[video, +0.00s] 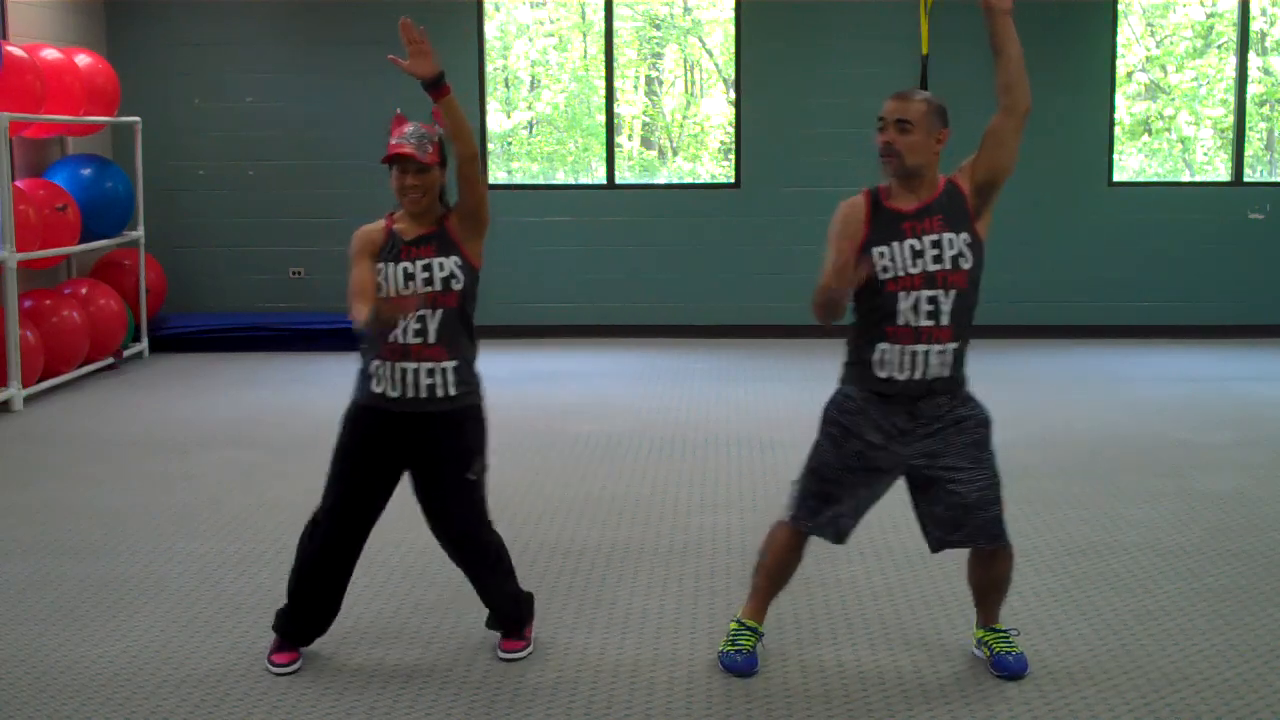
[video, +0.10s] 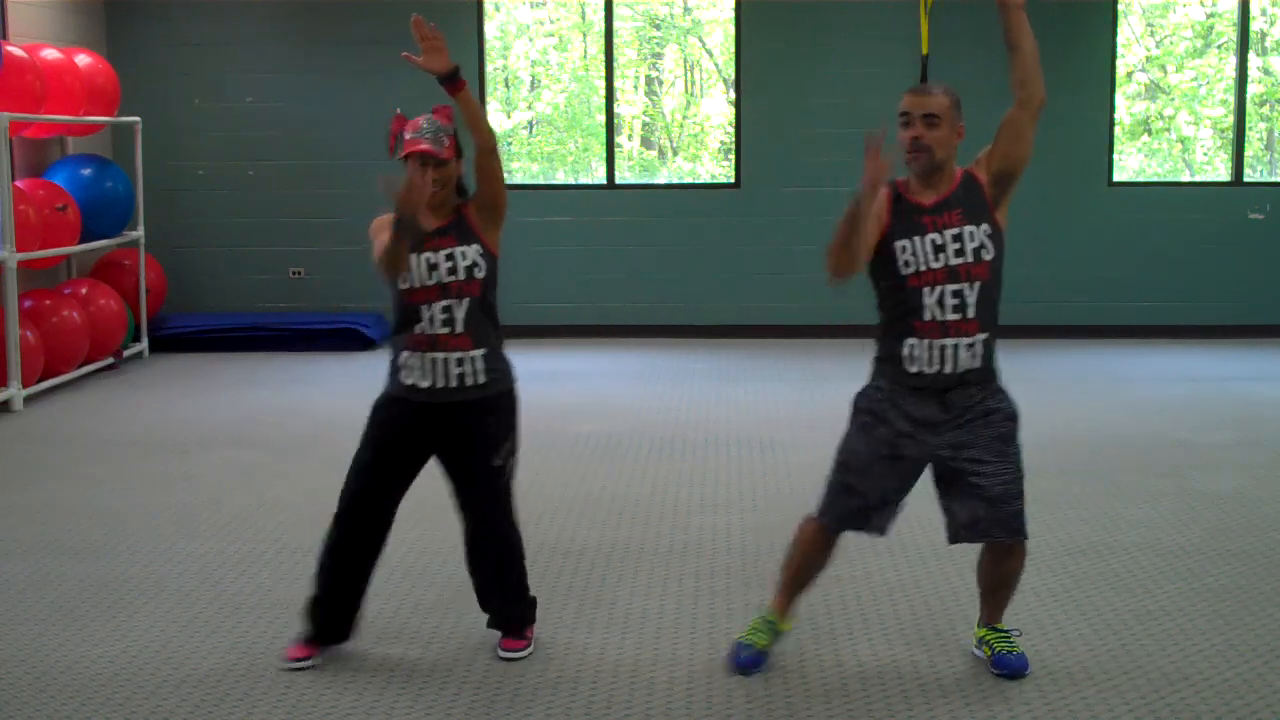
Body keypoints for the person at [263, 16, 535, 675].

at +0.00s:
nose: (408, 180)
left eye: (419, 169)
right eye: (399, 169)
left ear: (441, 174)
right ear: (389, 174)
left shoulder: (464, 230)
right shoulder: (370, 240)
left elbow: (470, 155)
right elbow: (362, 308)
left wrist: (437, 83)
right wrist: (376, 316)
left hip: (449, 411)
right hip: (379, 409)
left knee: (463, 526)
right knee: (336, 523)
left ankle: (514, 616)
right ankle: (293, 632)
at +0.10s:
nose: (427, 174)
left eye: (436, 163)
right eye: (418, 163)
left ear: (456, 170)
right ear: (403, 171)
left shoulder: (481, 220)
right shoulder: (387, 226)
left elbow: (487, 148)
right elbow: (389, 269)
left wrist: (452, 80)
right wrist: (407, 223)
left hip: (479, 399)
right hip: (407, 399)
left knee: (490, 518)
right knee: (360, 512)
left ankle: (515, 621)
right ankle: (323, 631)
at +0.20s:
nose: (450, 160)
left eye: (458, 150)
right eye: (440, 153)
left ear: (475, 159)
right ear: (422, 166)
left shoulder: (495, 209)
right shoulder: (410, 224)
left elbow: (503, 140)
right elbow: (410, 204)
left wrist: (469, 76)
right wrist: (418, 150)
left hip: (503, 388)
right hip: (432, 390)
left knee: (515, 509)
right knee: (383, 498)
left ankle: (515, 616)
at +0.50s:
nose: (478, 164)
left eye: (484, 154)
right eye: (467, 156)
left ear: (497, 161)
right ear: (449, 166)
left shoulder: (515, 211)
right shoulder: (435, 226)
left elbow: (535, 145)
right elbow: (421, 168)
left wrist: (505, 81)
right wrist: (449, 92)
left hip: (541, 385)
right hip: (478, 394)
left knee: (548, 508)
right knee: (485, 513)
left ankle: (535, 617)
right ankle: (479, 620)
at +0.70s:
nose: (502, 174)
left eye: (507, 163)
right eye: (491, 165)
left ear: (514, 166)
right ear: (464, 171)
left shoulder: (528, 215)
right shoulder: (445, 223)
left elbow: (585, 175)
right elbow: (433, 158)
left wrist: (597, 114)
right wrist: (476, 91)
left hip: (545, 390)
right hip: (476, 401)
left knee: (589, 488)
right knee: (478, 519)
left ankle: (564, 597)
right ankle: (475, 621)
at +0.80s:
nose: (512, 171)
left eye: (518, 160)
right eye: (500, 162)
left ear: (526, 163)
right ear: (473, 168)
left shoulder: (542, 215)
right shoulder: (454, 221)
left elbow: (611, 206)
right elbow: (442, 153)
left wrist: (653, 177)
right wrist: (484, 87)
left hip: (548, 397)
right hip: (476, 404)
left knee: (598, 504)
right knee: (465, 521)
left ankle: (628, 605)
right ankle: (473, 620)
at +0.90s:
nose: (528, 177)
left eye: (533, 166)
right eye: (515, 168)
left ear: (540, 171)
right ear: (489, 175)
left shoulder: (561, 229)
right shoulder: (469, 226)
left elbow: (630, 251)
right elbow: (448, 158)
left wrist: (692, 260)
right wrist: (486, 90)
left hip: (555, 405)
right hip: (482, 409)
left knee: (606, 511)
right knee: (459, 522)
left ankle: (662, 615)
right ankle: (472, 620)